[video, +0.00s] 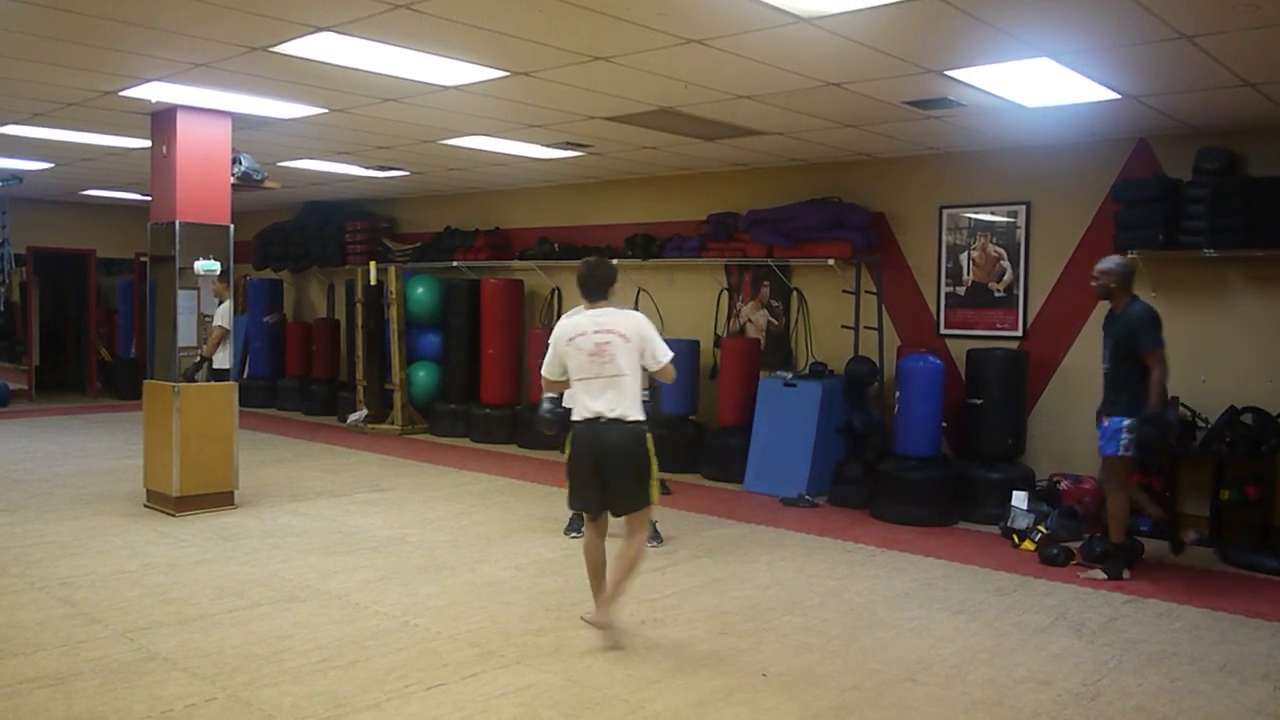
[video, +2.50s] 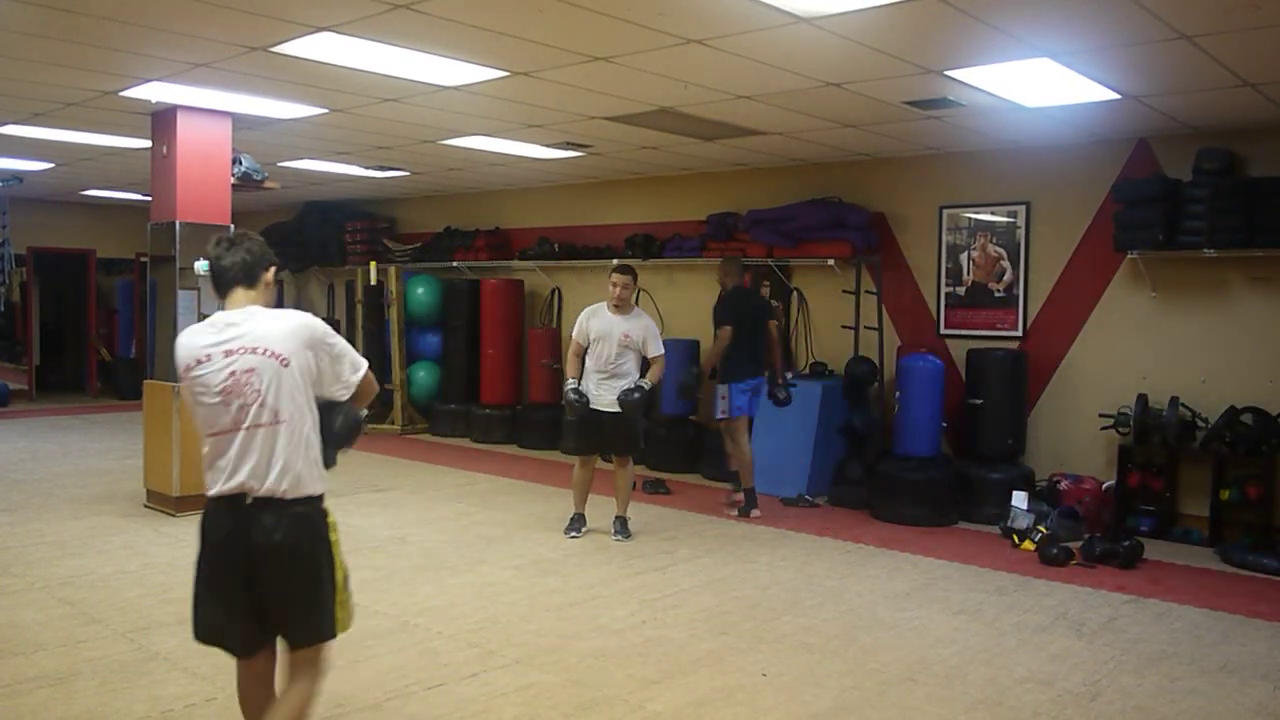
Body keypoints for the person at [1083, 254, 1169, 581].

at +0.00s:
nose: (1092, 283)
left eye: (1098, 279)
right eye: (1093, 278)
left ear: (1119, 282)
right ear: (1110, 283)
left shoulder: (1142, 316)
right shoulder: (1111, 317)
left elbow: (1157, 366)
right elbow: (1113, 369)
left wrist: (1152, 413)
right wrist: (1105, 406)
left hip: (1129, 415)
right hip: (1111, 414)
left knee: (1114, 482)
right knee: (1115, 481)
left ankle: (1117, 556)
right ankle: (1166, 523)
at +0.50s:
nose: (1017, 280)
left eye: (1022, 275)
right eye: (1019, 275)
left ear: (1037, 280)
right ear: (1037, 281)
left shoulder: (1056, 312)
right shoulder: (1041, 313)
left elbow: (1067, 359)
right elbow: (1044, 362)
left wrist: (1039, 402)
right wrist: (1030, 396)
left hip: (1063, 411)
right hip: (1039, 410)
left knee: (1076, 483)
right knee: (1012, 465)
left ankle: (1109, 553)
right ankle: (1001, 543)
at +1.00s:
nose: (929, 280)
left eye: (932, 275)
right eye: (931, 274)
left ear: (946, 277)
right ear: (954, 277)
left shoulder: (957, 307)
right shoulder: (968, 305)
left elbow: (969, 354)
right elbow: (970, 354)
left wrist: (957, 397)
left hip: (953, 400)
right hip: (977, 400)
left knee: (922, 456)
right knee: (976, 464)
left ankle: (902, 534)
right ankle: (996, 541)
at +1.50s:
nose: (850, 278)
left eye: (852, 274)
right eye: (852, 273)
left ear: (861, 275)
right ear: (878, 276)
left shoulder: (861, 305)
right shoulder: (892, 305)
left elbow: (859, 343)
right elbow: (909, 347)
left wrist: (833, 374)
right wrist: (910, 388)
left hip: (870, 392)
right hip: (890, 390)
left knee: (879, 458)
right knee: (856, 449)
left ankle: (896, 535)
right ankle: (838, 506)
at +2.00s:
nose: (787, 275)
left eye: (789, 270)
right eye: (789, 270)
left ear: (797, 273)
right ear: (813, 272)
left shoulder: (800, 301)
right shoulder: (829, 300)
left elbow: (809, 342)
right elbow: (840, 344)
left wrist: (799, 384)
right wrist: (825, 369)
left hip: (803, 381)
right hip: (829, 381)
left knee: (772, 436)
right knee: (823, 443)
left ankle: (771, 502)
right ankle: (829, 512)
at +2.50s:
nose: (718, 278)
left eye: (720, 274)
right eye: (720, 273)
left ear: (725, 275)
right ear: (742, 274)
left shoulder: (726, 301)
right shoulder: (758, 299)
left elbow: (723, 337)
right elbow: (773, 334)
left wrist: (708, 363)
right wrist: (777, 371)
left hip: (734, 376)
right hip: (756, 374)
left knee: (738, 435)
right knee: (734, 430)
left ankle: (750, 500)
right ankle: (740, 485)